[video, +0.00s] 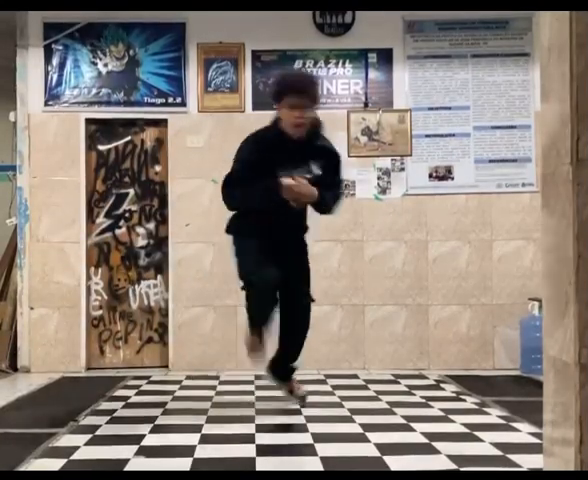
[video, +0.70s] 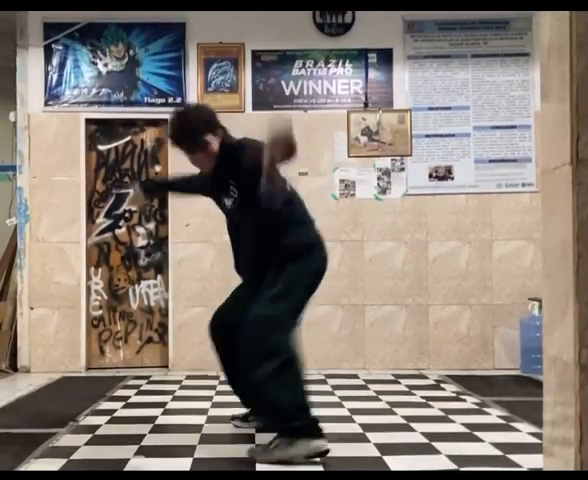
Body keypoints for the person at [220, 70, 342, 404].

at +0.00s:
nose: (300, 115)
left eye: (306, 108)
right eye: (293, 107)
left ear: (315, 110)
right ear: (278, 109)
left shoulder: (323, 151)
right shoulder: (257, 144)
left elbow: (330, 201)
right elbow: (231, 193)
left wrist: (313, 195)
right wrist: (277, 188)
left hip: (291, 231)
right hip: (253, 228)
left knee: (298, 307)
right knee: (263, 281)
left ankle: (282, 369)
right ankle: (257, 326)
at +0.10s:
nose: (266, 126)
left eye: (271, 117)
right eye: (257, 121)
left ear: (284, 115)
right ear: (247, 124)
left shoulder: (307, 153)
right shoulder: (241, 157)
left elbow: (307, 194)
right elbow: (234, 199)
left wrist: (278, 197)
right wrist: (253, 199)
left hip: (299, 244)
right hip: (260, 244)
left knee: (297, 310)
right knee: (258, 312)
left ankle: (310, 375)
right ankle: (270, 382)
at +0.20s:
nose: (238, 149)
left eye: (243, 140)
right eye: (231, 145)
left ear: (261, 137)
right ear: (226, 150)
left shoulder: (289, 172)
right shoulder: (234, 181)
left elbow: (276, 219)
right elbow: (234, 225)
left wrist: (227, 231)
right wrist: (218, 237)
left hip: (308, 259)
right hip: (270, 261)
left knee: (312, 323)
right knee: (260, 327)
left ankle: (315, 377)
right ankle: (262, 399)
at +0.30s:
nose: (214, 153)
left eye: (216, 143)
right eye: (205, 152)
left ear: (232, 138)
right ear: (201, 160)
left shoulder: (271, 170)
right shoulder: (222, 192)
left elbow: (298, 221)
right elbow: (232, 233)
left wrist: (254, 248)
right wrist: (219, 258)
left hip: (310, 257)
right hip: (269, 262)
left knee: (304, 334)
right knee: (254, 331)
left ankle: (322, 364)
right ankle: (259, 402)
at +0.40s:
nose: (205, 155)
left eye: (209, 145)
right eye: (196, 152)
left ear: (220, 138)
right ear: (188, 157)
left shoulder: (255, 160)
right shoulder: (213, 180)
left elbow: (323, 174)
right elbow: (225, 195)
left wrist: (301, 192)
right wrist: (198, 206)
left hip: (303, 254)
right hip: (265, 259)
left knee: (270, 323)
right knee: (239, 320)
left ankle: (337, 365)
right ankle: (261, 403)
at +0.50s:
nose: (213, 149)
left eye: (216, 140)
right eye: (204, 145)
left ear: (229, 129)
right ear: (196, 147)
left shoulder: (261, 150)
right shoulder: (215, 172)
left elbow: (296, 140)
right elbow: (191, 162)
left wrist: (310, 117)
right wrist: (163, 145)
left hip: (300, 258)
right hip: (265, 268)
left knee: (254, 315)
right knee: (221, 326)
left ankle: (312, 406)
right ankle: (269, 404)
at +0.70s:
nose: (194, 161)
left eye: (195, 152)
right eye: (188, 154)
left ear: (212, 139)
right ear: (204, 142)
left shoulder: (245, 154)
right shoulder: (217, 175)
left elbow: (263, 157)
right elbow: (192, 184)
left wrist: (276, 153)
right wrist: (153, 185)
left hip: (298, 263)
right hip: (266, 269)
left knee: (262, 329)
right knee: (224, 326)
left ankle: (302, 432)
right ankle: (266, 409)